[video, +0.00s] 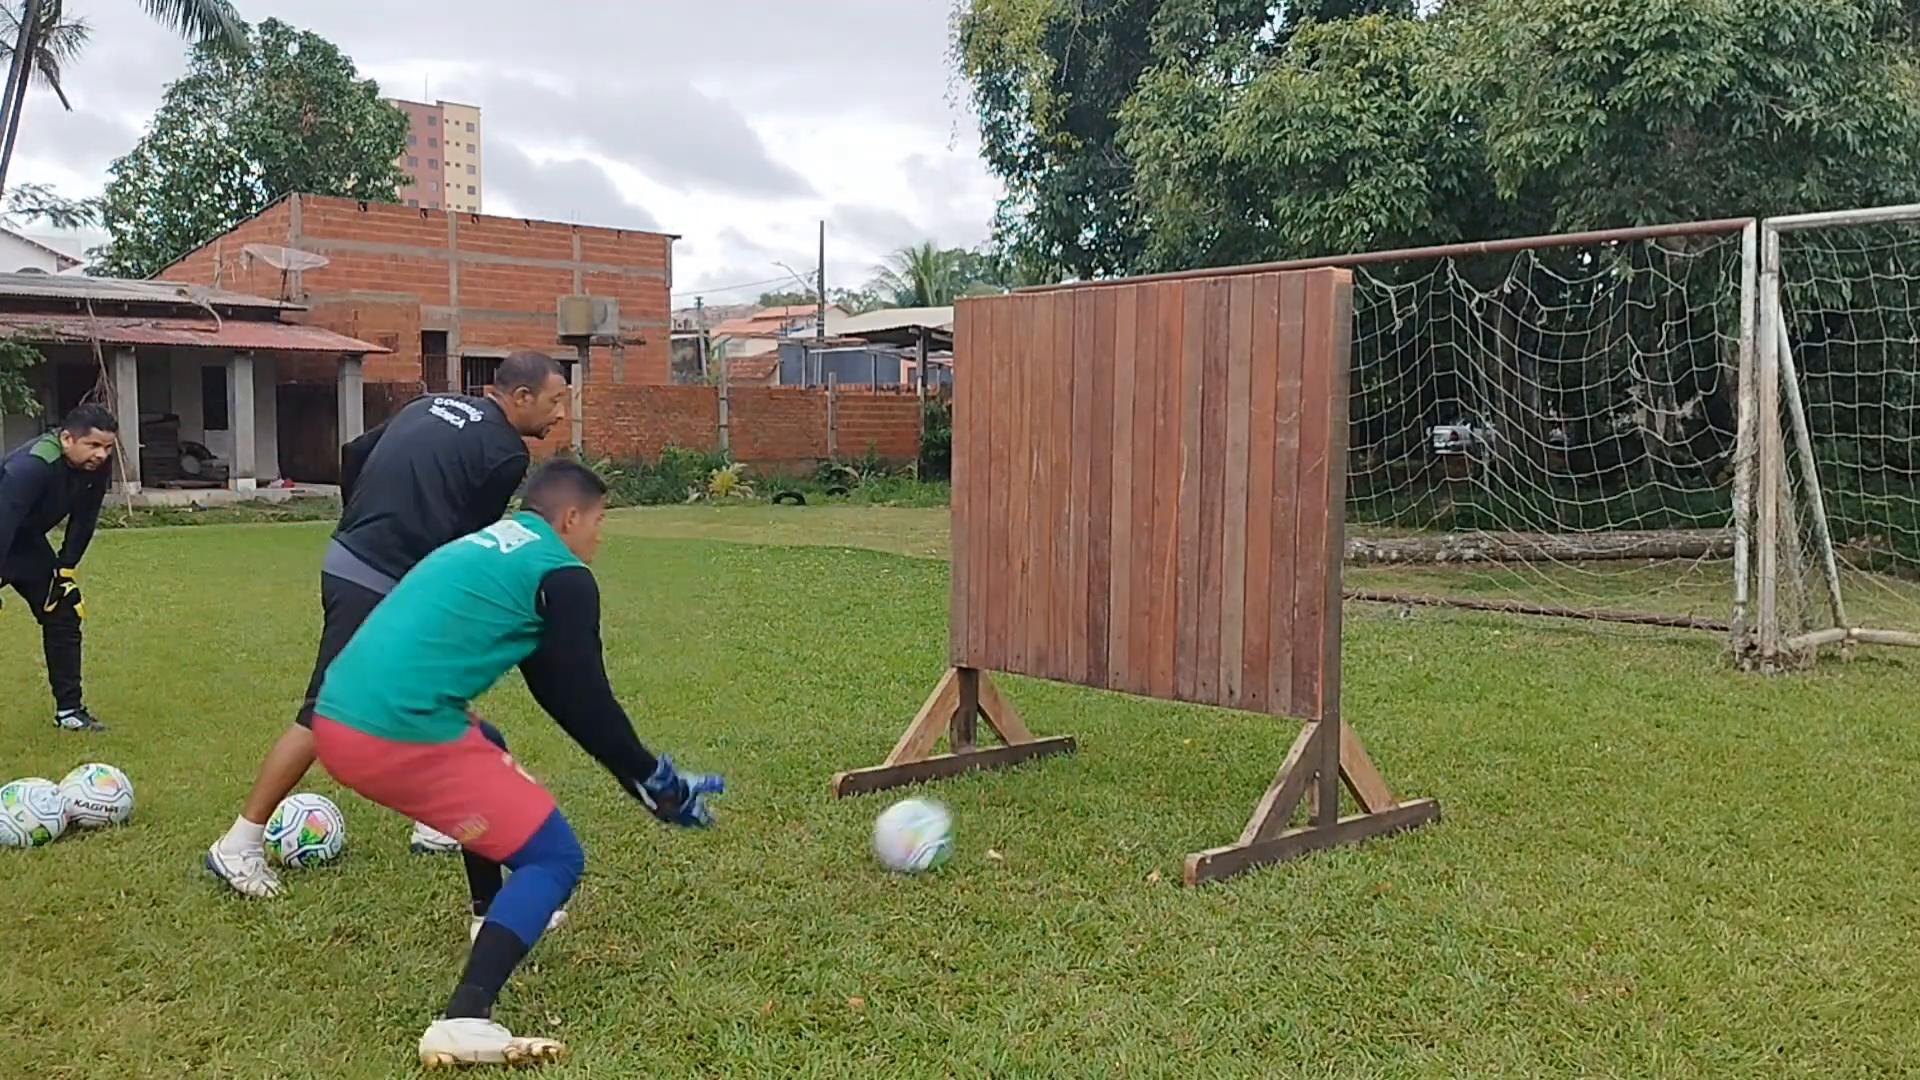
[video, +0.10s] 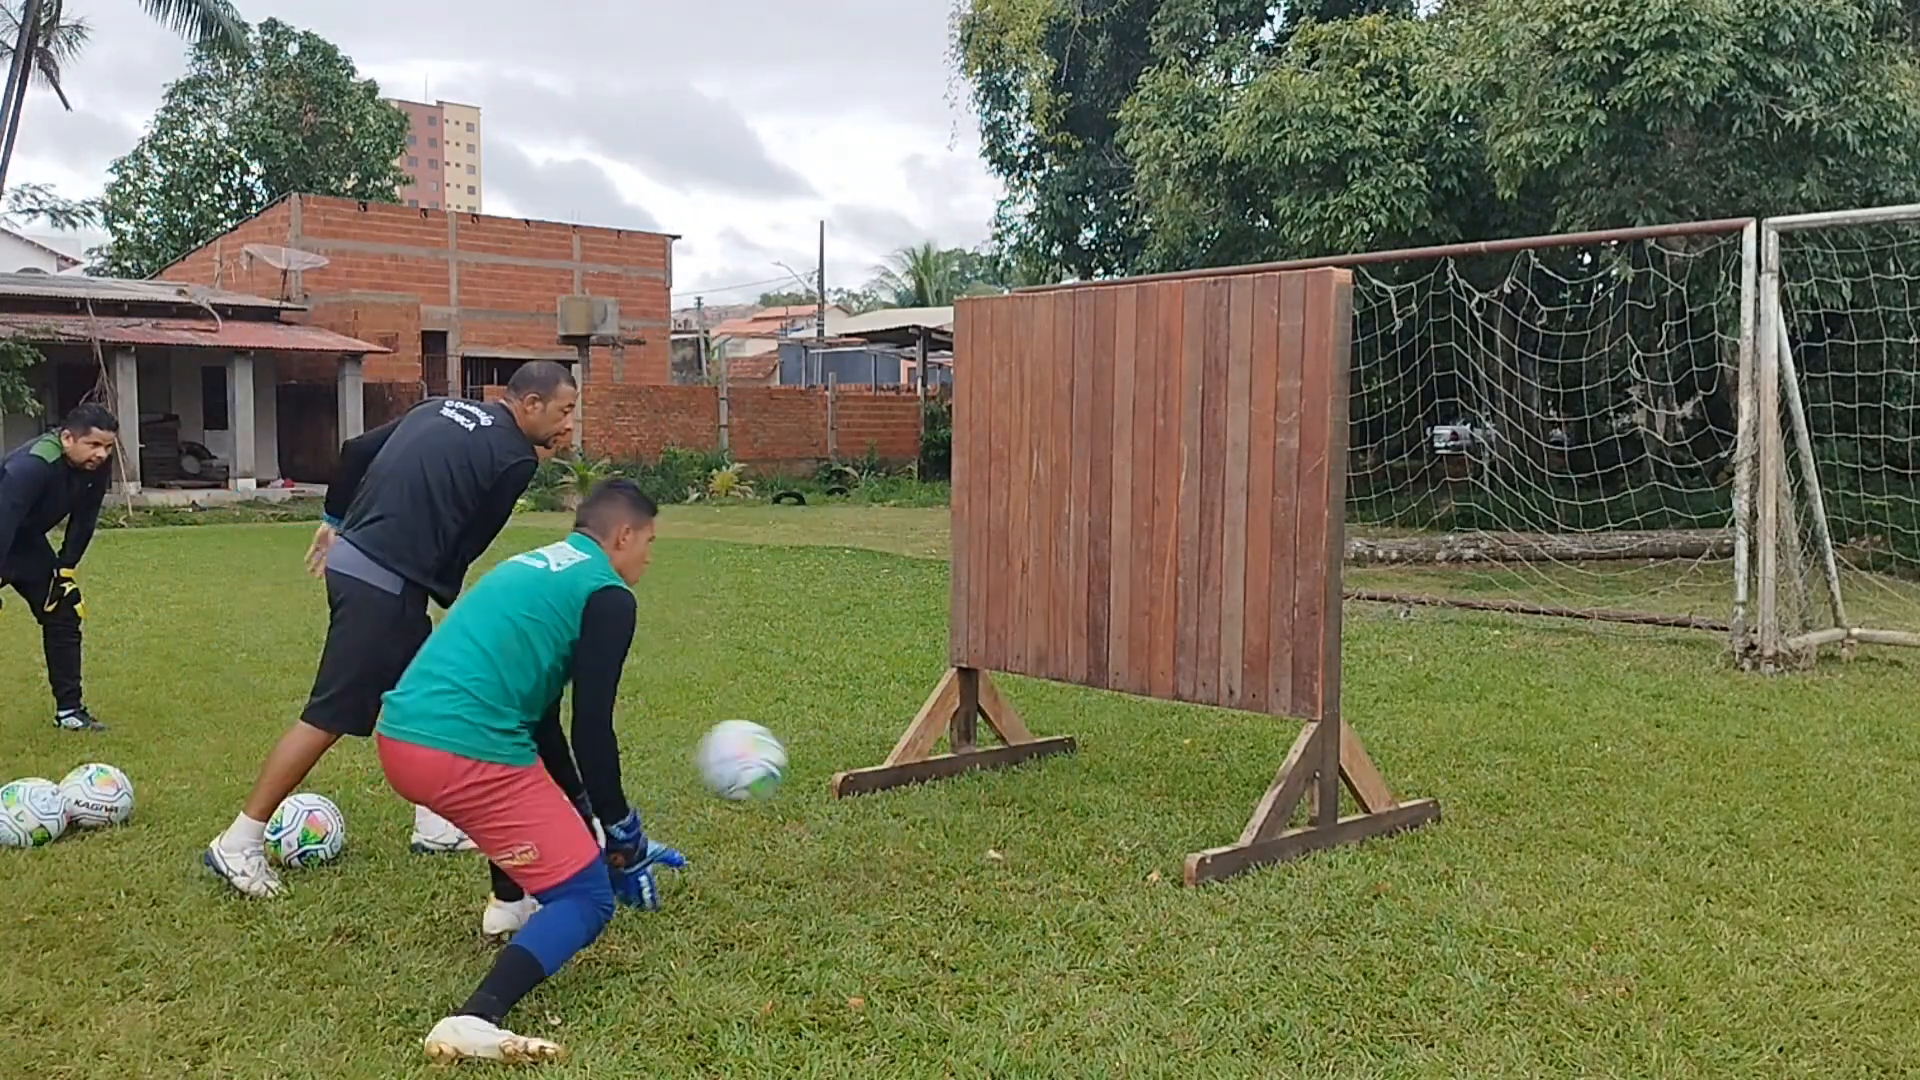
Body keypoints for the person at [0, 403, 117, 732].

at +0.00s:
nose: (101, 455)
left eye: (108, 447)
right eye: (94, 445)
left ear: (113, 446)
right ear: (67, 438)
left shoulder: (96, 467)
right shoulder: (31, 467)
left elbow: (84, 520)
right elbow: (6, 526)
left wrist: (66, 569)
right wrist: (9, 573)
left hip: (23, 539)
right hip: (2, 540)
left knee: (62, 608)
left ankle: (70, 710)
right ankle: (69, 709)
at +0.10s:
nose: (102, 455)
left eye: (108, 447)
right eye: (94, 444)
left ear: (113, 446)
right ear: (68, 438)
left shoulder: (96, 467)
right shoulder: (31, 467)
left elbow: (83, 520)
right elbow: (6, 525)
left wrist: (66, 569)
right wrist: (4, 574)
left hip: (23, 539)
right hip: (0, 539)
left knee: (62, 609)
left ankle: (70, 710)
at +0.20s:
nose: (102, 454)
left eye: (108, 447)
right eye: (94, 444)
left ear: (113, 446)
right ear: (68, 438)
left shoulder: (96, 466)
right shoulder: (31, 467)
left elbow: (83, 519)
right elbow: (7, 526)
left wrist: (67, 569)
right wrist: (7, 574)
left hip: (24, 538)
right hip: (2, 539)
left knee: (62, 609)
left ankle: (70, 710)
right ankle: (68, 709)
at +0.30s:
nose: (102, 455)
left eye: (108, 447)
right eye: (94, 445)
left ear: (114, 446)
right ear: (68, 438)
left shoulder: (96, 467)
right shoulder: (32, 467)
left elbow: (84, 519)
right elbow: (6, 525)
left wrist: (66, 569)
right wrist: (3, 575)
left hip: (23, 538)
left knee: (62, 609)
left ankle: (70, 710)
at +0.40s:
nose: (103, 456)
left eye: (108, 448)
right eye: (95, 446)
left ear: (114, 447)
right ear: (69, 439)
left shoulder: (96, 467)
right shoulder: (34, 467)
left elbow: (84, 520)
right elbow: (6, 524)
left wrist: (66, 569)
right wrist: (3, 575)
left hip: (23, 537)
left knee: (62, 608)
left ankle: (70, 709)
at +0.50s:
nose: (103, 456)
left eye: (109, 448)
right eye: (95, 446)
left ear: (114, 447)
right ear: (69, 440)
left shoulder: (97, 467)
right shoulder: (33, 468)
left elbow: (84, 520)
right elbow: (7, 526)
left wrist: (66, 569)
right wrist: (4, 574)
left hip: (23, 537)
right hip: (0, 537)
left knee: (62, 609)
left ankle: (69, 709)